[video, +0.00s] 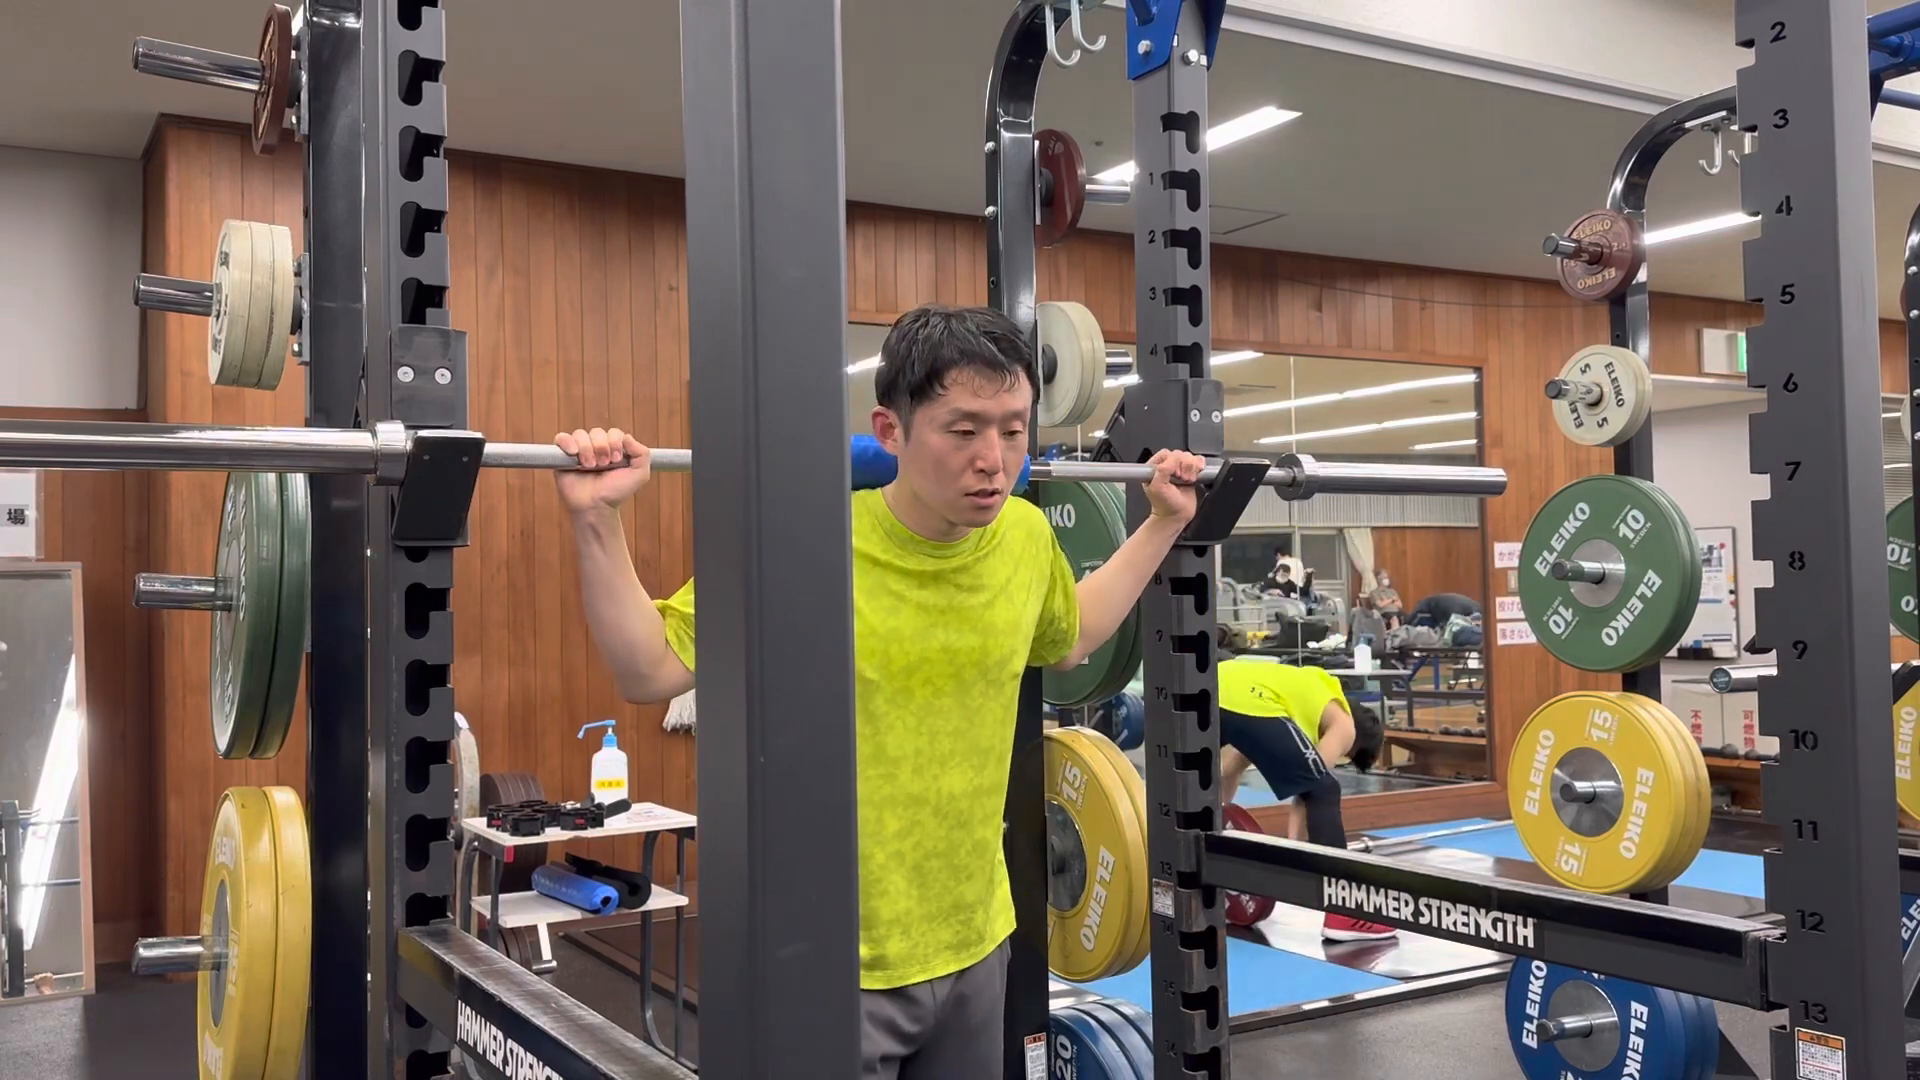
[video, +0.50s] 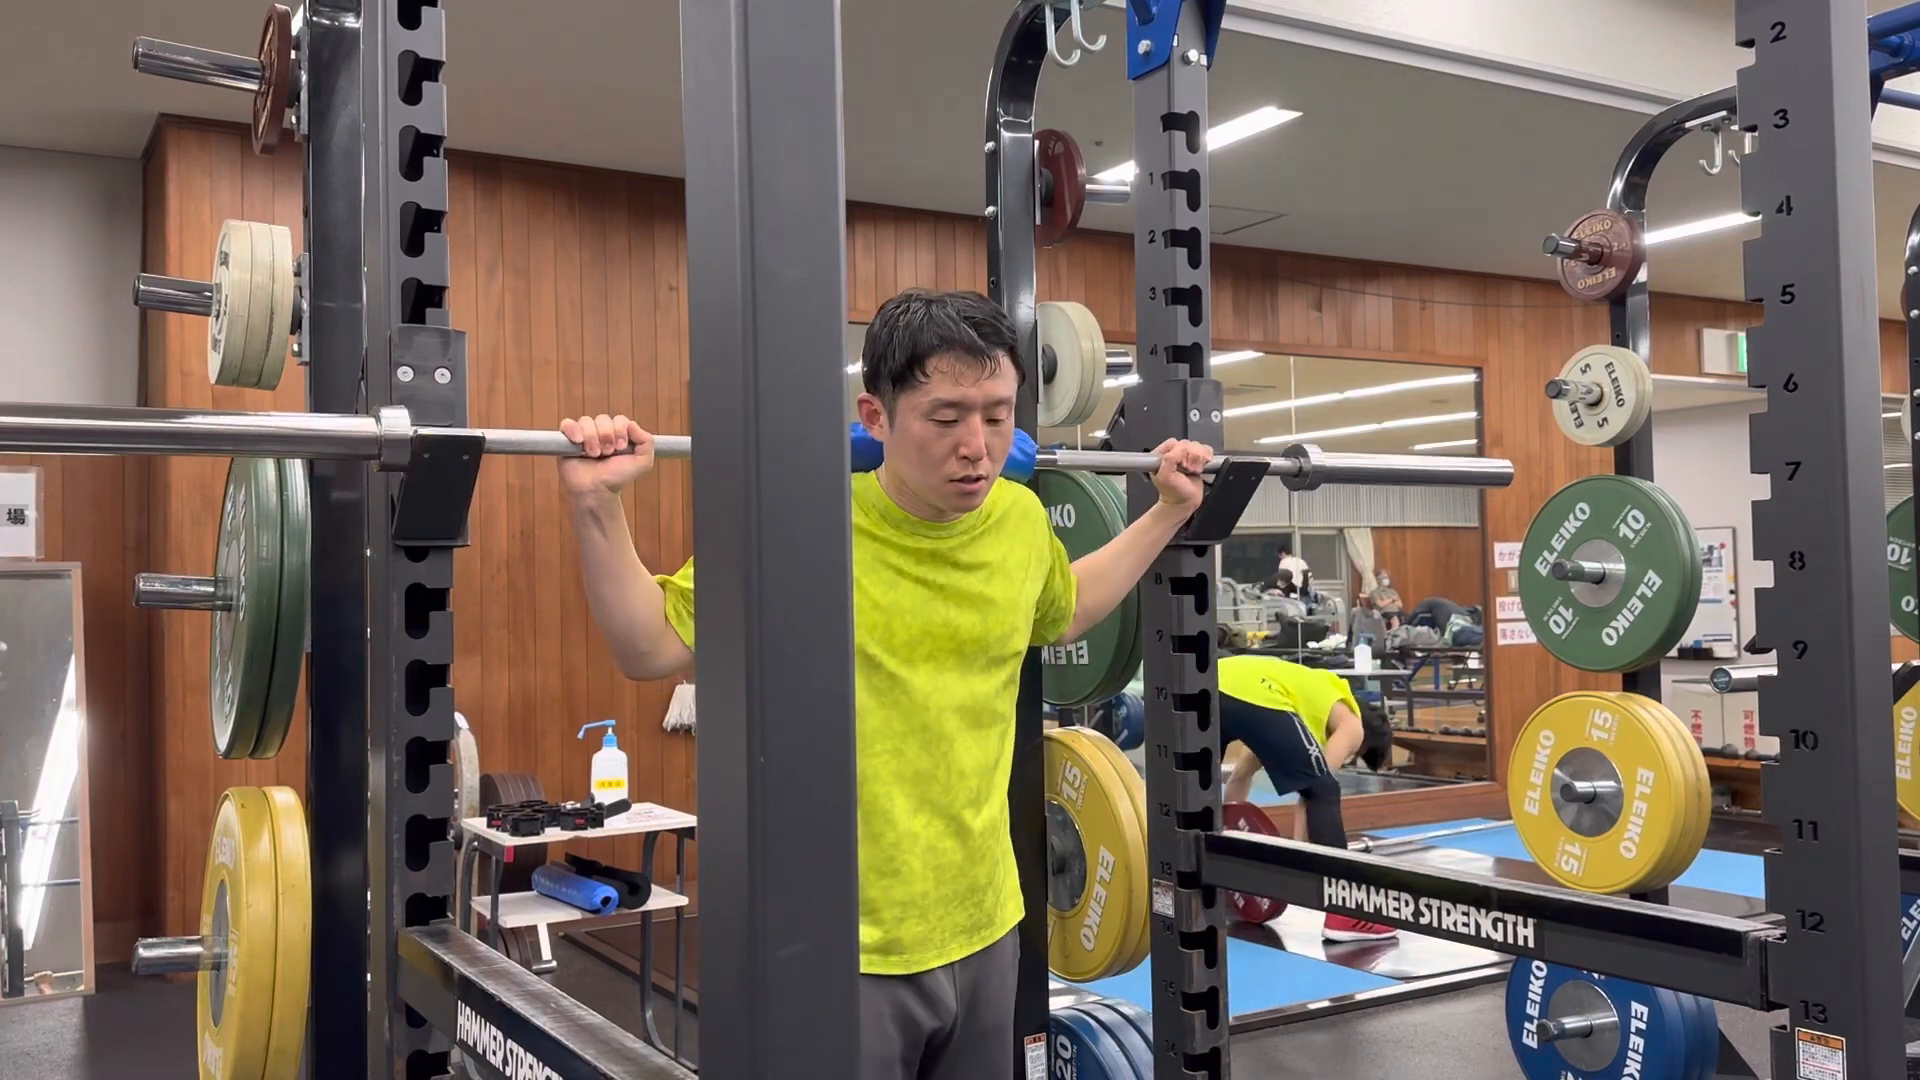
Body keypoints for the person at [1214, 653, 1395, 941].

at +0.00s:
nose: (1339, 759)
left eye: (1344, 758)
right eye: (1346, 754)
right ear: (1356, 737)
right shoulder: (1343, 723)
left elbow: (1231, 767)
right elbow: (1304, 792)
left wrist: (1217, 818)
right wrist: (1297, 855)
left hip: (1207, 692)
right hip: (1255, 706)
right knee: (1323, 790)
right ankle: (1342, 909)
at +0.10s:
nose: (1341, 763)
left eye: (1344, 763)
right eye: (1347, 759)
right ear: (1356, 743)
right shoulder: (1342, 733)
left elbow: (1228, 777)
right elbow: (1302, 798)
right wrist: (1295, 864)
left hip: (1206, 691)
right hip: (1255, 707)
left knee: (1204, 790)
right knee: (1324, 791)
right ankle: (1342, 909)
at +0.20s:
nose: (1343, 763)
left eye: (1346, 763)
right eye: (1349, 759)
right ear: (1359, 743)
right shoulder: (1345, 736)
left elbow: (1229, 776)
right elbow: (1302, 799)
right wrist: (1292, 866)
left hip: (1207, 693)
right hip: (1258, 707)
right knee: (1327, 791)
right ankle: (1343, 909)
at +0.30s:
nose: (1346, 763)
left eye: (1351, 764)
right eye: (1352, 760)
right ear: (1363, 743)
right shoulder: (1348, 734)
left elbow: (1231, 776)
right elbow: (1305, 795)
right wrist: (1294, 861)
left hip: (1209, 690)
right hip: (1263, 705)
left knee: (1199, 790)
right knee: (1327, 791)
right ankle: (1343, 910)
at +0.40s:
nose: (1349, 762)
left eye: (1355, 761)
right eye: (1355, 757)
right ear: (1365, 739)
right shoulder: (1350, 731)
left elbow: (1234, 777)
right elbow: (1306, 794)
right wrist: (1296, 861)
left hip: (1208, 688)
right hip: (1263, 703)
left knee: (1199, 791)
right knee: (1326, 791)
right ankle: (1343, 909)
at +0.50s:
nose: (1348, 759)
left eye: (1354, 758)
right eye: (1355, 754)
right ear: (1366, 735)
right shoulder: (1351, 725)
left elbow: (1241, 774)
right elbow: (1309, 794)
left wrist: (1228, 832)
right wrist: (1301, 861)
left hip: (1207, 687)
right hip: (1263, 700)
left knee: (1195, 791)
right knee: (1323, 791)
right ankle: (1342, 909)